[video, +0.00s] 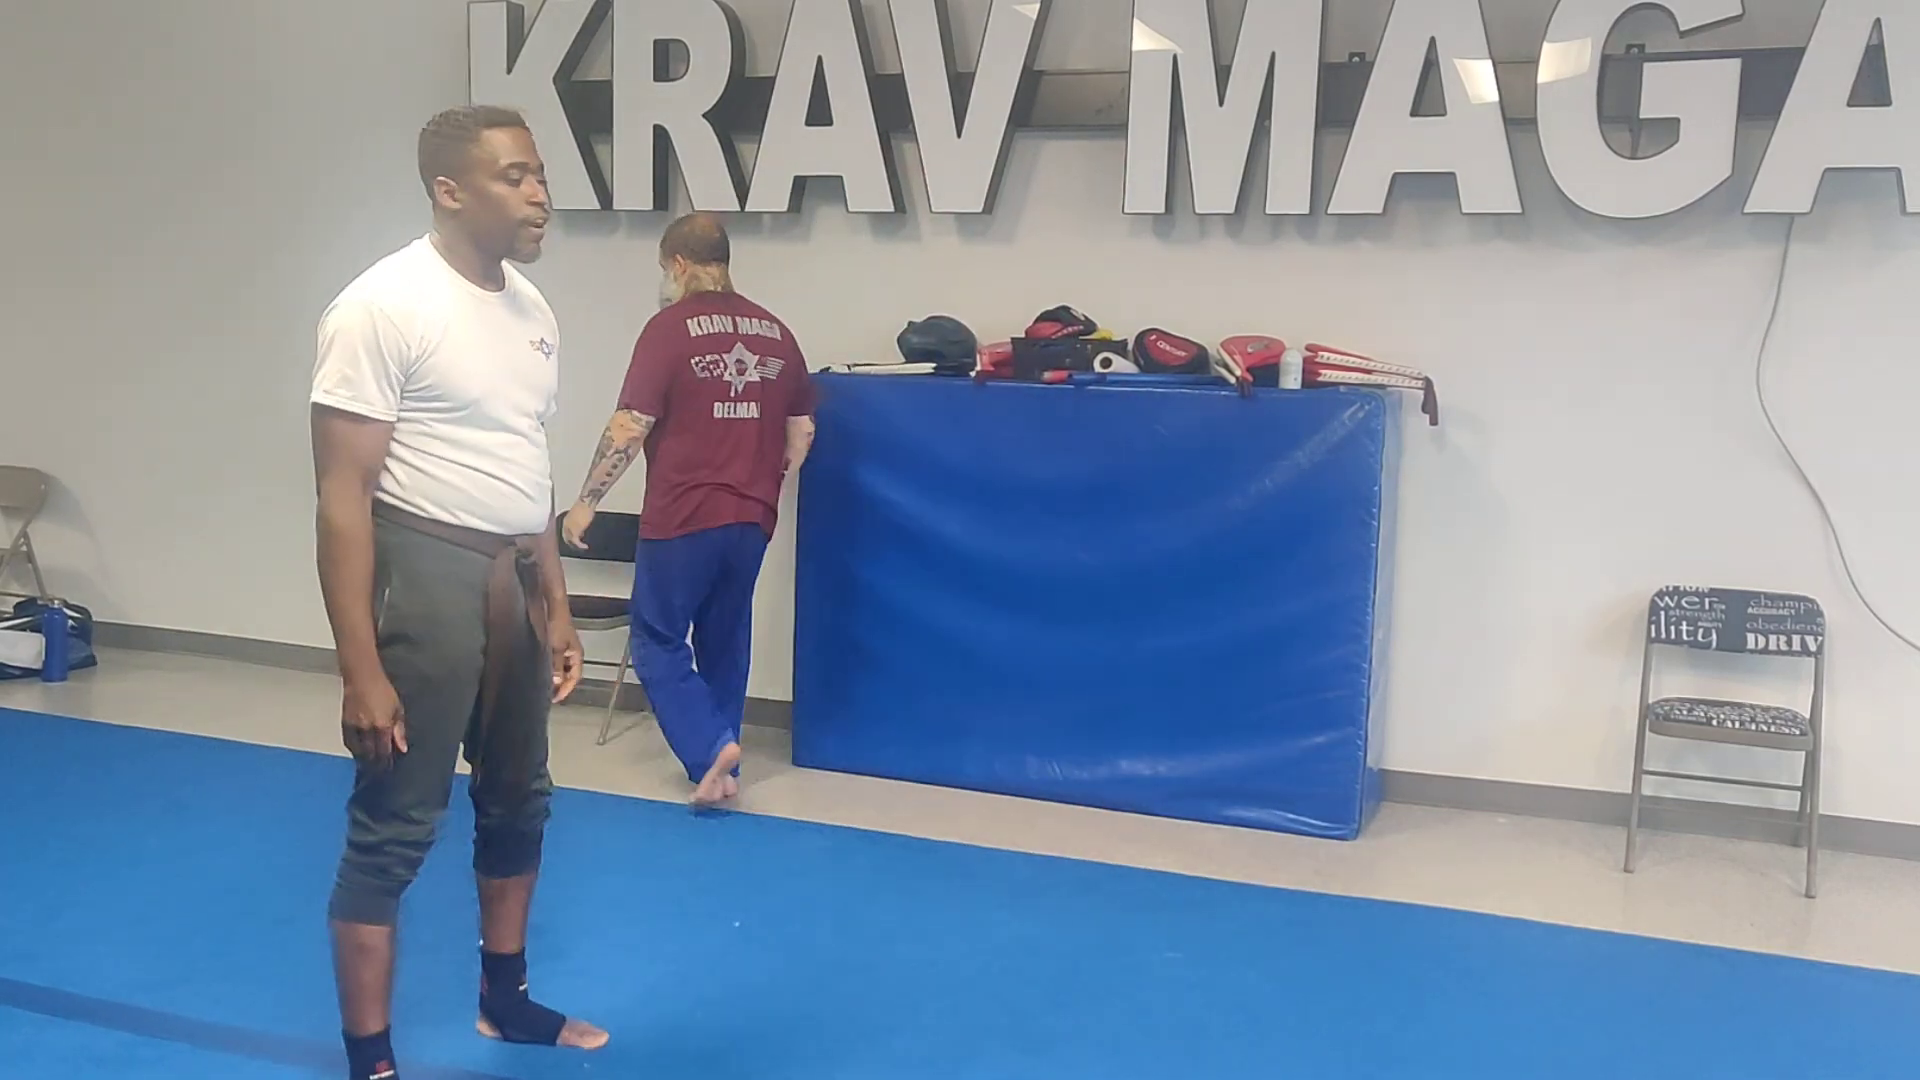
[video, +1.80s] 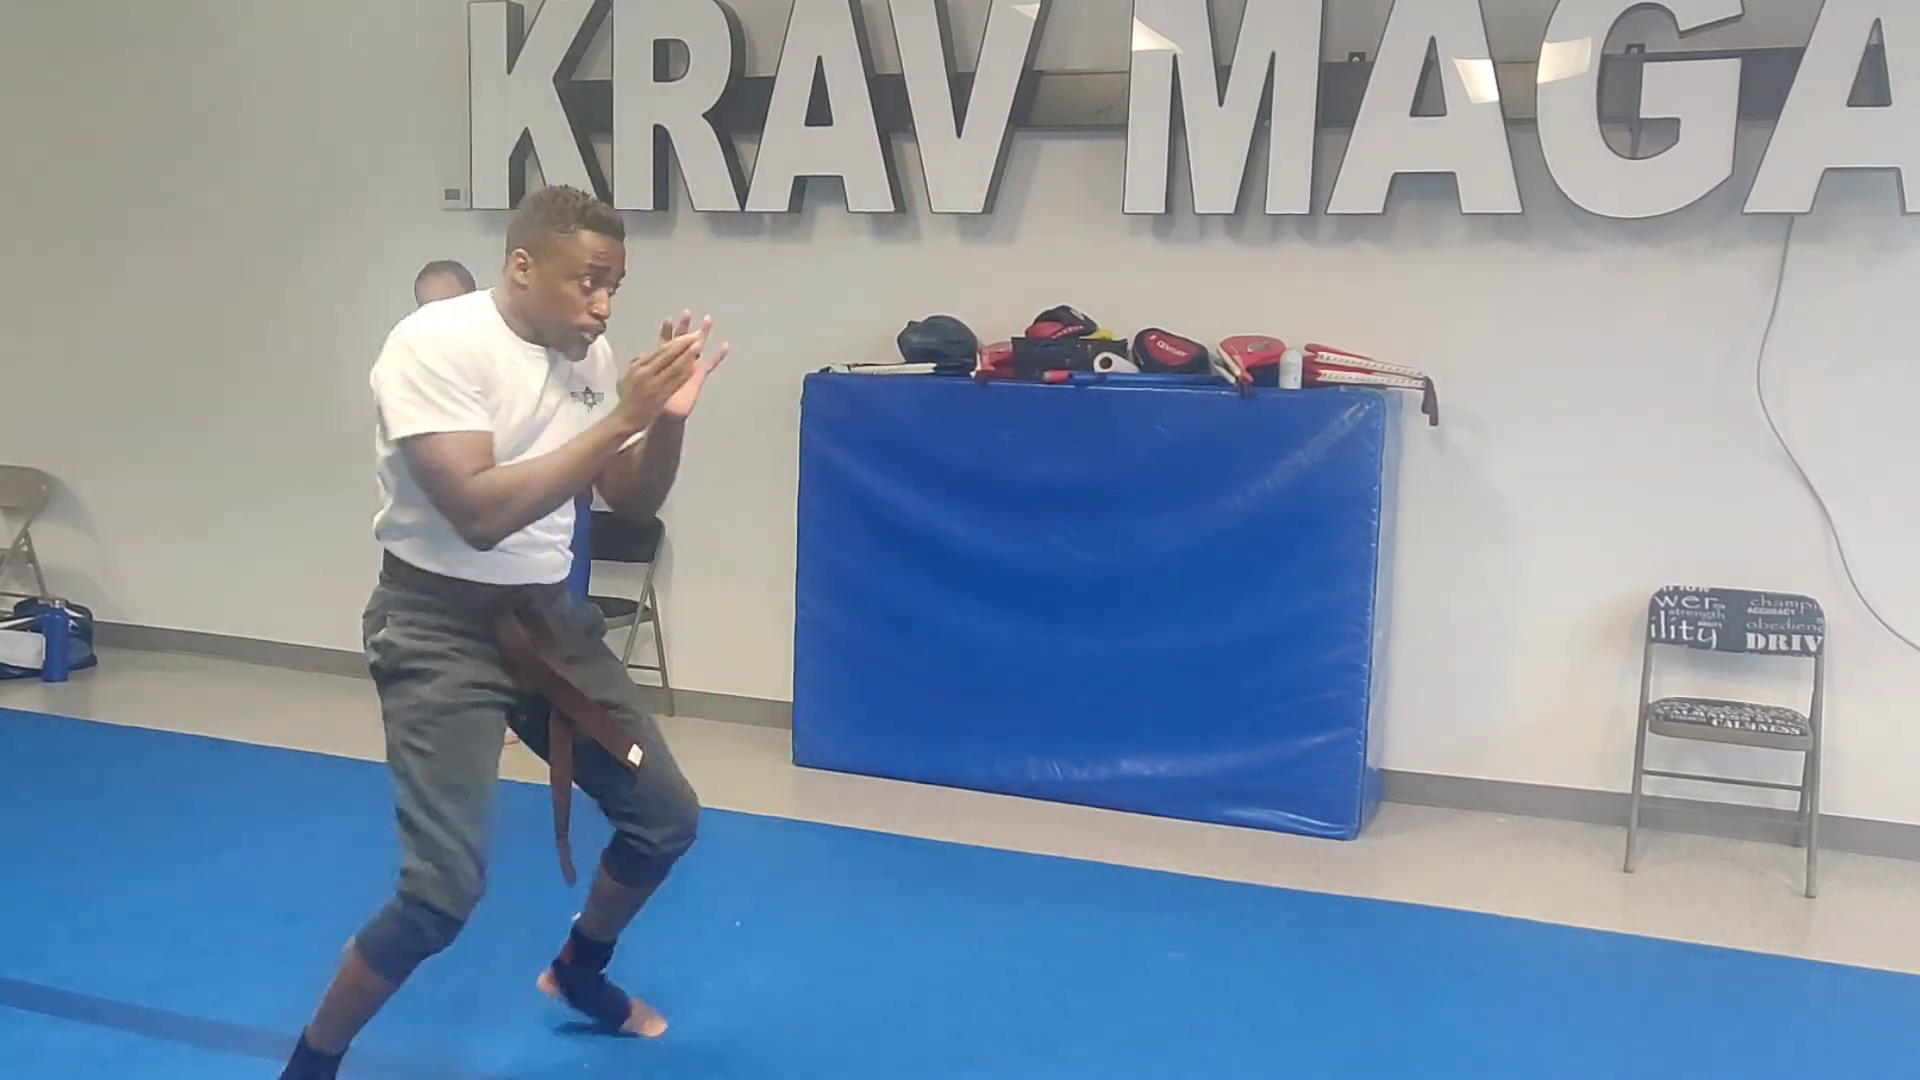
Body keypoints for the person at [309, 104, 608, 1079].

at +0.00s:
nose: (542, 193)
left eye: (541, 175)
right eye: (517, 176)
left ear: (535, 188)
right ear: (450, 193)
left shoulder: (532, 312)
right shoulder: (377, 308)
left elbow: (531, 473)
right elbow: (342, 494)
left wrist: (555, 605)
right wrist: (359, 668)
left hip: (516, 572)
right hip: (420, 565)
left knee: (515, 793)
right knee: (395, 820)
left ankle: (505, 994)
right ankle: (371, 1061)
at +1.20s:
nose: (597, 242)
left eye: (601, 221)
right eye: (576, 222)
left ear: (602, 224)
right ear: (507, 227)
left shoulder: (604, 333)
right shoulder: (423, 318)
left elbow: (593, 491)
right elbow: (367, 490)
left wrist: (627, 622)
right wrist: (443, 628)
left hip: (563, 588)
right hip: (455, 580)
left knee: (612, 807)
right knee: (462, 859)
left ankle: (554, 1005)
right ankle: (391, 1067)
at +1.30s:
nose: (618, 273)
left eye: (619, 249)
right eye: (600, 253)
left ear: (563, 256)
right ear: (531, 255)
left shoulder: (575, 340)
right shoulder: (445, 350)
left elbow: (563, 484)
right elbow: (385, 504)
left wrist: (644, 506)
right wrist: (533, 543)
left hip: (549, 606)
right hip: (468, 610)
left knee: (618, 810)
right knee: (513, 874)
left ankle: (554, 1007)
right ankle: (386, 1063)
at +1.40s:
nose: (615, 284)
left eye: (615, 266)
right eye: (605, 268)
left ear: (513, 265)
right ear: (542, 270)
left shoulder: (427, 328)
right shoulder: (531, 334)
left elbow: (509, 466)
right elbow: (571, 483)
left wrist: (612, 389)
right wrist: (669, 385)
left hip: (443, 603)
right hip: (512, 616)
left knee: (616, 790)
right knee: (517, 881)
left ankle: (557, 1005)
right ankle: (359, 1066)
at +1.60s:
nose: (610, 324)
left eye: (611, 305)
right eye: (597, 303)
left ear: (519, 297)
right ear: (529, 293)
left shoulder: (427, 355)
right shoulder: (540, 353)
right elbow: (700, 394)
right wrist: (824, 294)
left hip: (418, 636)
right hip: (497, 645)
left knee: (616, 796)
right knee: (500, 920)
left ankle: (556, 1006)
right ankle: (364, 1074)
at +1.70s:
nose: (625, 302)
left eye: (629, 284)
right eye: (610, 282)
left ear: (553, 281)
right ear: (539, 275)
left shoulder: (550, 354)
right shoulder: (485, 339)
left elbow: (586, 484)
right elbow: (587, 479)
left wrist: (638, 417)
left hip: (518, 629)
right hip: (446, 626)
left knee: (622, 812)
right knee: (486, 892)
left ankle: (556, 1012)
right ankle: (340, 1072)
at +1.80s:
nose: (604, 307)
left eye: (613, 285)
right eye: (589, 282)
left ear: (615, 280)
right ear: (521, 268)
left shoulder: (589, 359)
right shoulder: (431, 344)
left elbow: (631, 500)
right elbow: (479, 510)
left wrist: (668, 419)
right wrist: (621, 420)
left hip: (549, 618)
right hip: (437, 620)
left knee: (665, 818)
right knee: (442, 892)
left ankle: (579, 968)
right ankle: (311, 1063)